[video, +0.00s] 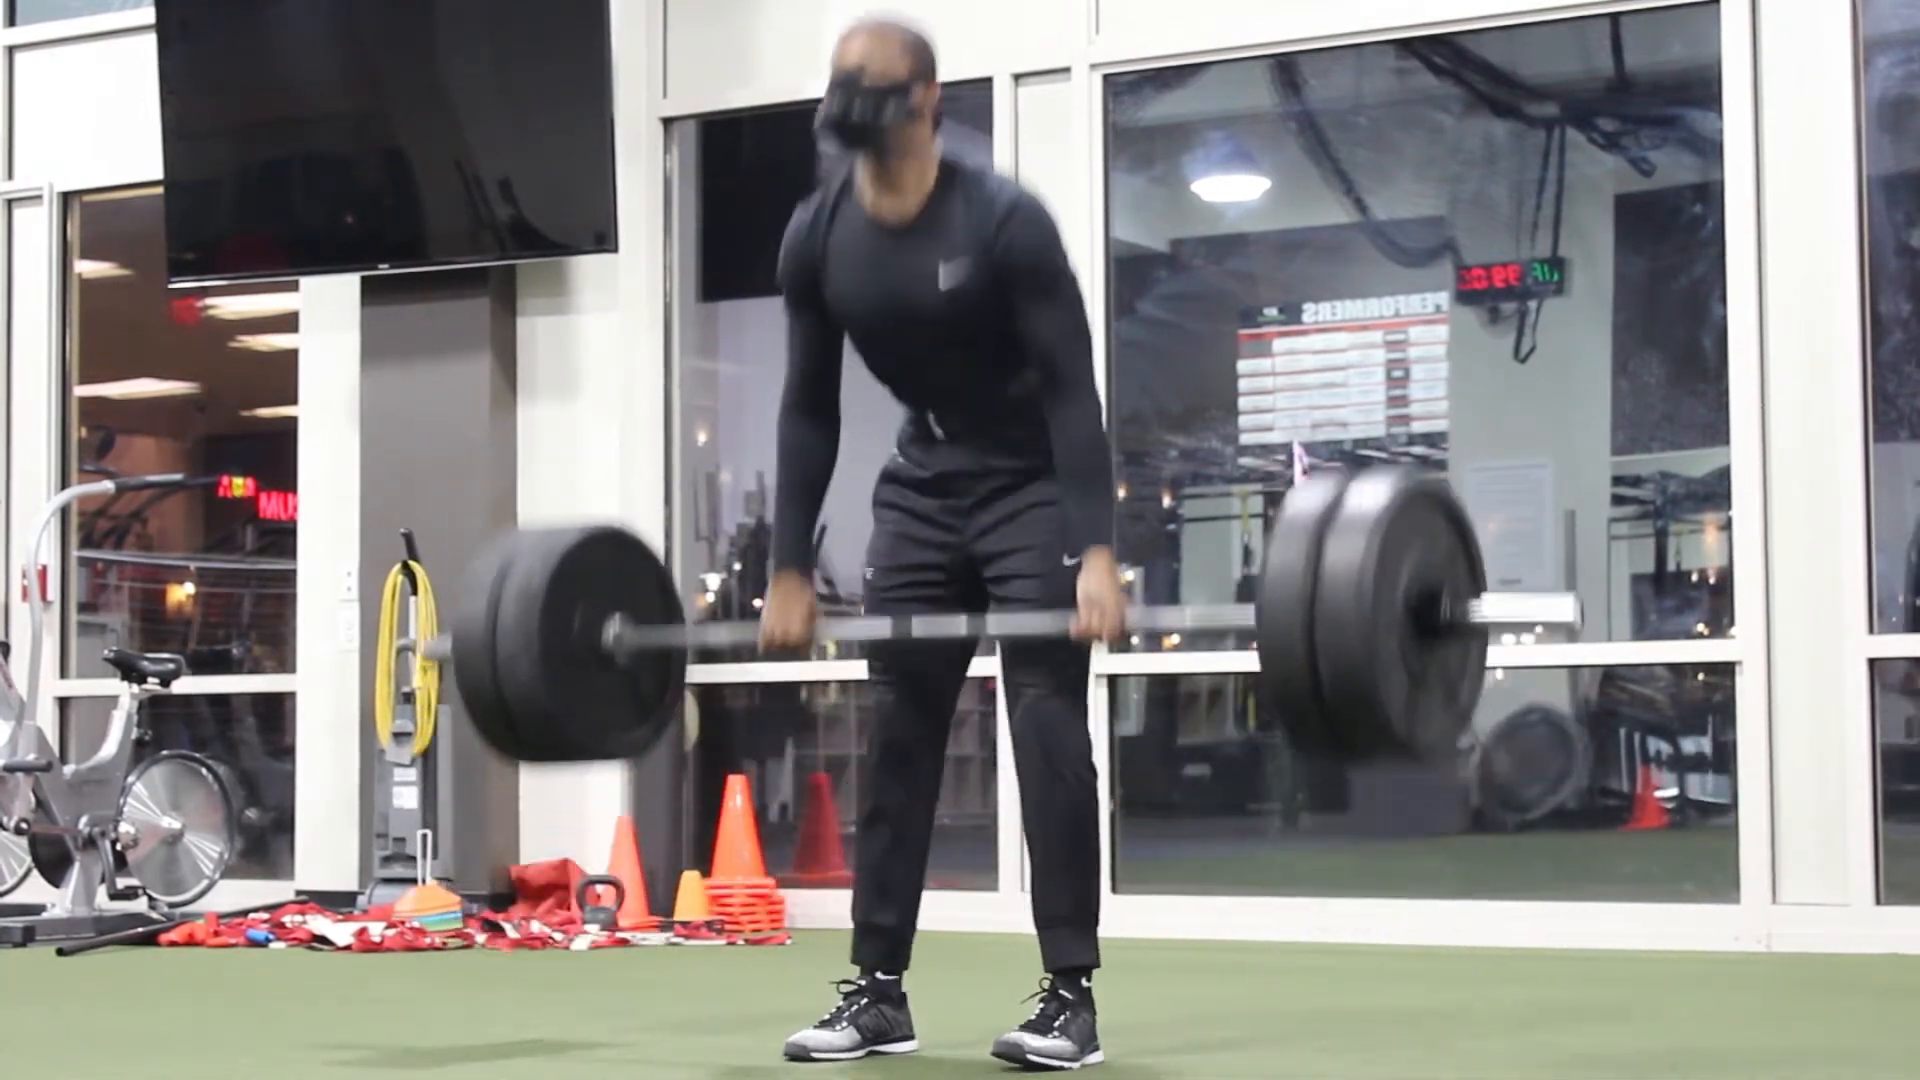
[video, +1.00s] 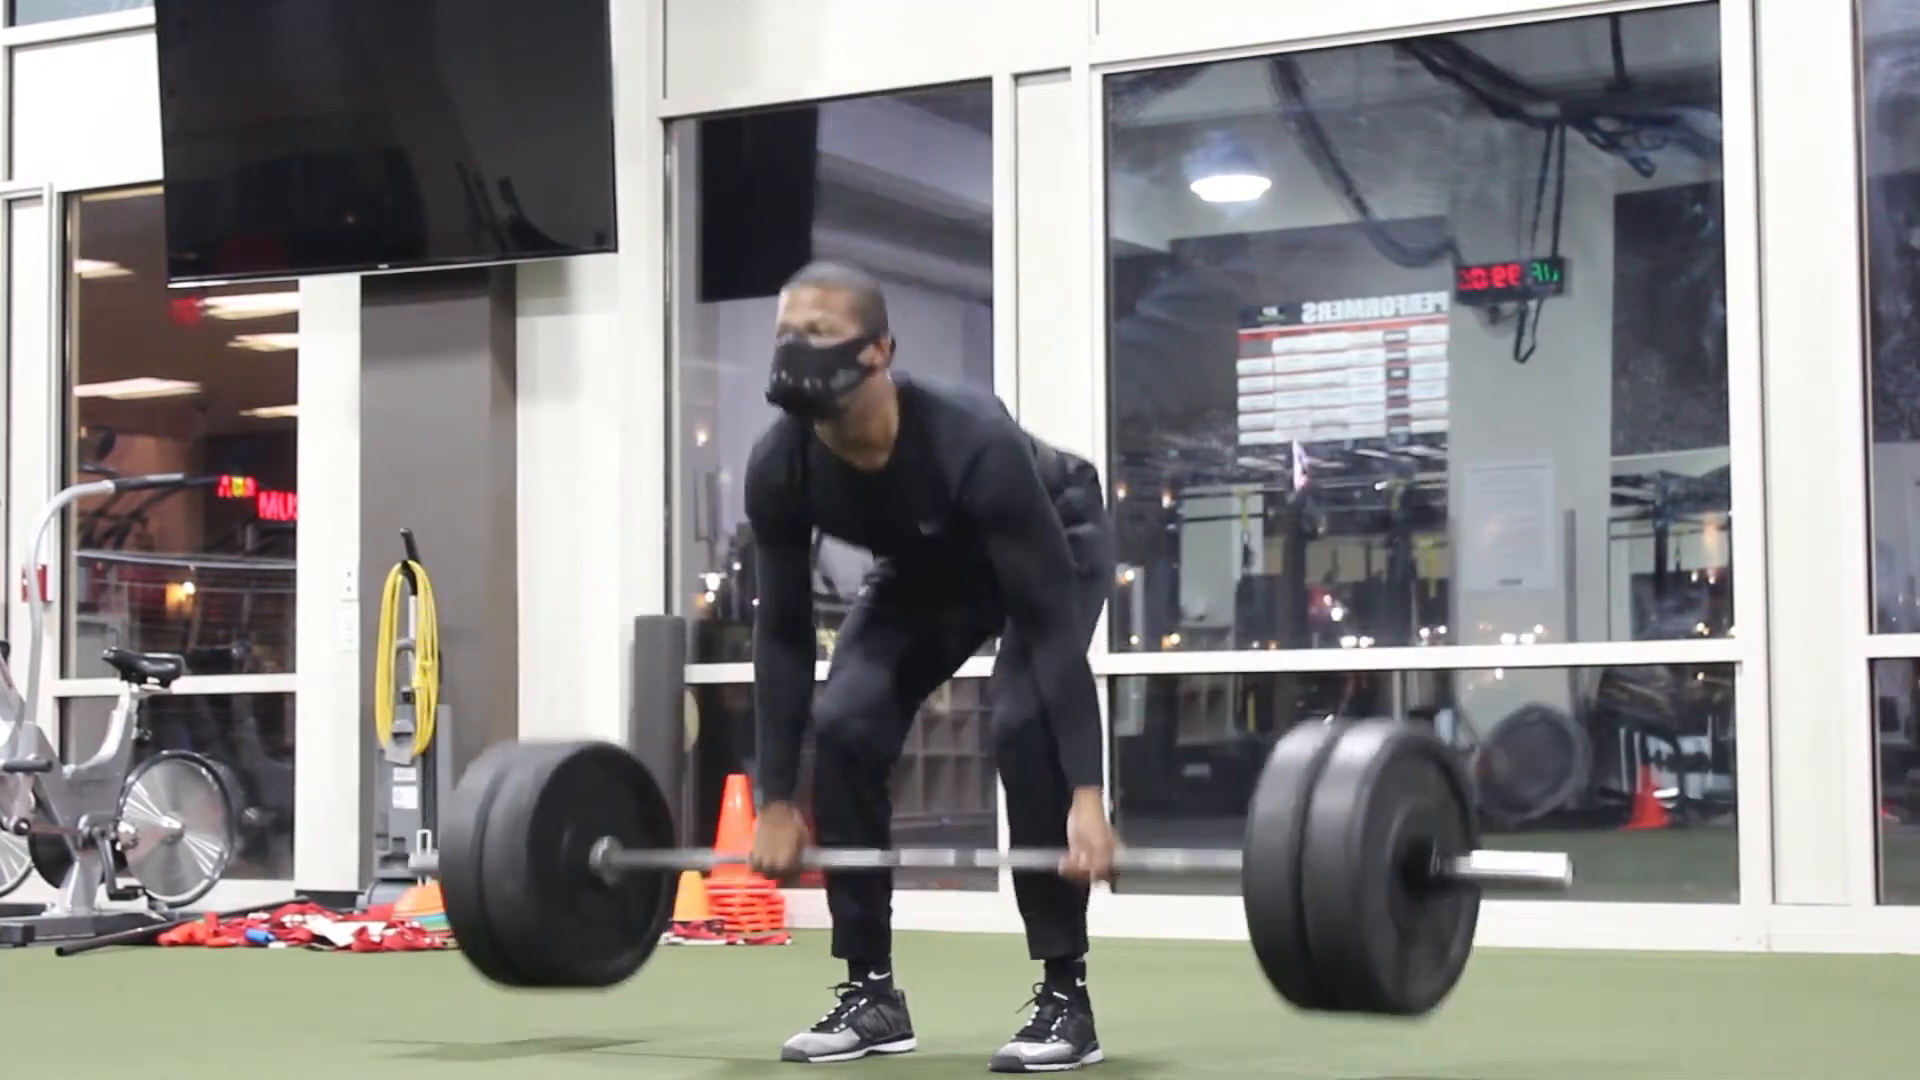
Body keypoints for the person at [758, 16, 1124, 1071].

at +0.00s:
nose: (856, 108)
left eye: (877, 90)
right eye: (844, 91)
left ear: (931, 98)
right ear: (832, 103)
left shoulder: (1007, 220)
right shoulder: (816, 240)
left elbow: (1073, 387)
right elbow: (808, 408)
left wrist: (1098, 548)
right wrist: (790, 566)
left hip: (1035, 482)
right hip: (921, 483)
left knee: (1046, 727)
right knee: (900, 731)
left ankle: (1070, 996)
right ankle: (878, 991)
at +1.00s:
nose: (793, 353)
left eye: (816, 338)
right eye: (784, 337)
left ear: (879, 353)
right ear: (775, 346)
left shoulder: (976, 444)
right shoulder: (780, 468)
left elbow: (1055, 623)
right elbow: (782, 632)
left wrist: (1088, 795)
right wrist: (775, 800)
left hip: (1046, 539)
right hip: (930, 564)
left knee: (1022, 726)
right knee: (842, 729)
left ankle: (1063, 999)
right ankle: (871, 996)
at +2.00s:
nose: (817, 274)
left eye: (841, 259)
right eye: (810, 256)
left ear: (901, 271)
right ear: (799, 258)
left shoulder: (991, 377)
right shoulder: (804, 402)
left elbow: (1054, 567)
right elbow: (793, 578)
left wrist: (1075, 742)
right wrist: (766, 749)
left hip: (1051, 530)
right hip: (939, 544)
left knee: (1041, 729)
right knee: (852, 728)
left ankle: (1065, 1002)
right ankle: (872, 996)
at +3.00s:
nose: (887, 22)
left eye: (912, 10)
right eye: (874, 12)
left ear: (953, 34)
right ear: (853, 37)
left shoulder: (1016, 161)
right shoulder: (825, 182)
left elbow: (1056, 339)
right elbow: (809, 356)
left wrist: (1076, 499)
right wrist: (774, 514)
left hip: (1003, 451)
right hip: (883, 455)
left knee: (1018, 719)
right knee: (876, 731)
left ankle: (1063, 995)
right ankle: (875, 991)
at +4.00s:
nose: (806, 206)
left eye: (830, 190)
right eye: (799, 187)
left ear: (889, 197)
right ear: (788, 191)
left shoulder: (980, 308)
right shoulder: (789, 328)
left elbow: (1051, 479)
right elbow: (785, 497)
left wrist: (1082, 656)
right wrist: (775, 665)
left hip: (1034, 502)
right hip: (919, 509)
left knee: (1041, 733)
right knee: (868, 725)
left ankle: (1065, 998)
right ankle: (873, 992)